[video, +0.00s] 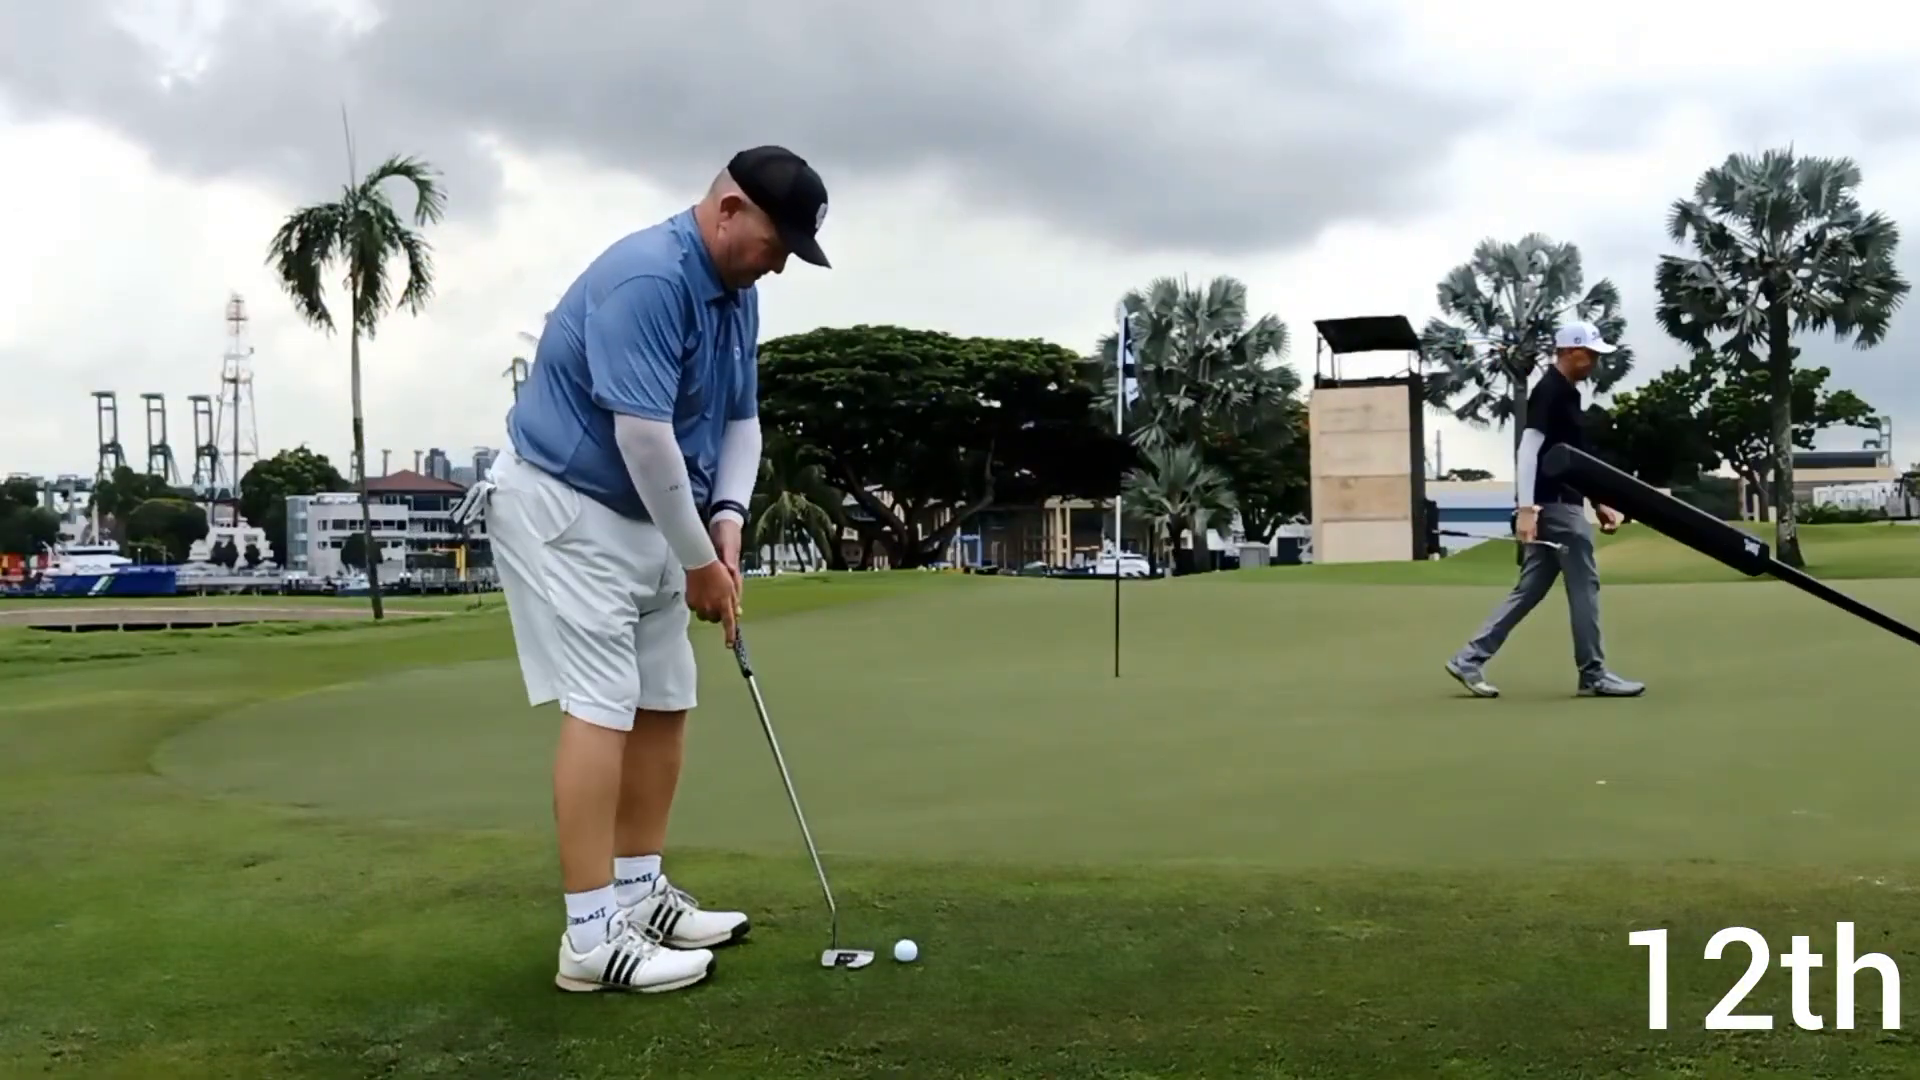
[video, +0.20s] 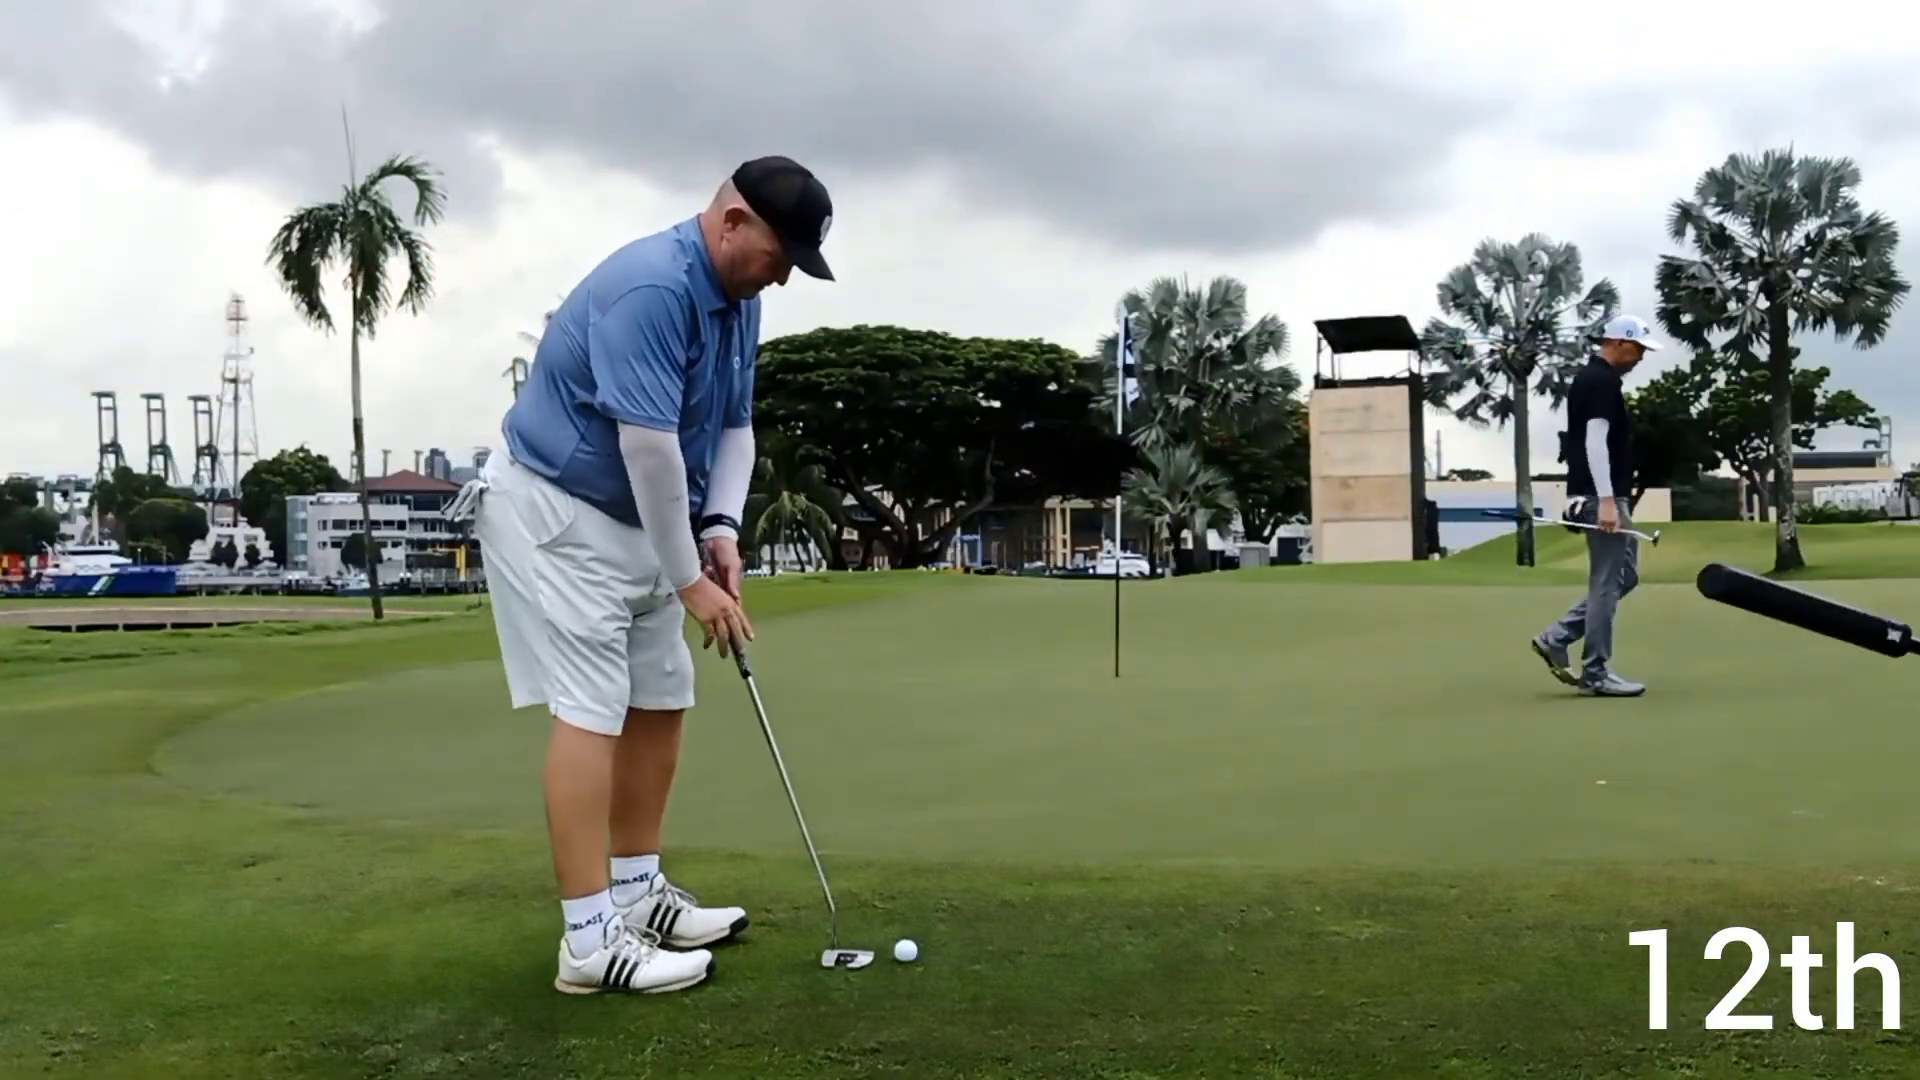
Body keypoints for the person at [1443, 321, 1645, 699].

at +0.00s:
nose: (1593, 363)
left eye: (1595, 356)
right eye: (1588, 355)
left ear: (1579, 356)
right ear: (1568, 352)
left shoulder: (1568, 391)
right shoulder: (1550, 388)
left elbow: (1575, 454)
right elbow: (1529, 448)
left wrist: (1599, 502)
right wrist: (1527, 508)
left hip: (1556, 507)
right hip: (1560, 507)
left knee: (1530, 590)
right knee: (1585, 586)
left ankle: (1468, 660)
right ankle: (1592, 673)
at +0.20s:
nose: (1640, 357)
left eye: (1642, 351)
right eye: (1636, 349)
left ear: (1615, 347)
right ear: (1617, 345)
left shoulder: (1596, 378)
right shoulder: (1601, 381)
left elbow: (1594, 443)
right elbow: (1595, 442)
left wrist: (1617, 499)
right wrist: (1606, 501)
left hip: (1606, 496)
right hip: (1601, 498)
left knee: (1626, 576)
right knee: (1606, 582)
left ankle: (1556, 638)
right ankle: (1595, 670)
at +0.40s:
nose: (1679, 359)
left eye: (1681, 352)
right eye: (1677, 351)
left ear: (1650, 346)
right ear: (1656, 344)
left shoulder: (1616, 379)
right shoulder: (1647, 380)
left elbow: (1595, 440)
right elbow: (1654, 438)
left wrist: (1576, 492)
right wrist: (1688, 490)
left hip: (1641, 502)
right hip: (1642, 503)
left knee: (1676, 576)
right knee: (1623, 588)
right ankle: (1597, 670)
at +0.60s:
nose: (1722, 361)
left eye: (1723, 355)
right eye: (1719, 354)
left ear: (1693, 349)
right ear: (1703, 348)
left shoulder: (1660, 389)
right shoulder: (1694, 384)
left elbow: (1641, 452)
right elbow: (1704, 441)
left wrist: (1621, 505)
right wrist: (1739, 489)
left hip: (1682, 507)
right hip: (1692, 508)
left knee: (1717, 587)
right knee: (1665, 586)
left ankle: (1739, 668)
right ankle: (1611, 659)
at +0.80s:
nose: (1760, 356)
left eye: (1761, 349)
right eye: (1759, 348)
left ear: (1733, 341)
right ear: (1743, 342)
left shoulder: (1704, 378)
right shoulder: (1733, 377)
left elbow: (1707, 442)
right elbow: (1738, 437)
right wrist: (1764, 489)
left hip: (1713, 494)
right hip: (1739, 492)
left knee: (1731, 580)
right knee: (1767, 571)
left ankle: (1739, 667)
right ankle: (1696, 636)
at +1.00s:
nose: (1799, 356)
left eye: (1801, 350)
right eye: (1798, 349)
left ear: (1774, 341)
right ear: (1782, 341)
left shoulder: (1744, 375)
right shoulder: (1772, 378)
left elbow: (1764, 447)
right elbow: (1773, 440)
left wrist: (1805, 488)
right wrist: (1784, 496)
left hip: (1750, 496)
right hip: (1780, 495)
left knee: (1746, 582)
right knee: (1823, 566)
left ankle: (1739, 667)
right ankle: (1824, 661)